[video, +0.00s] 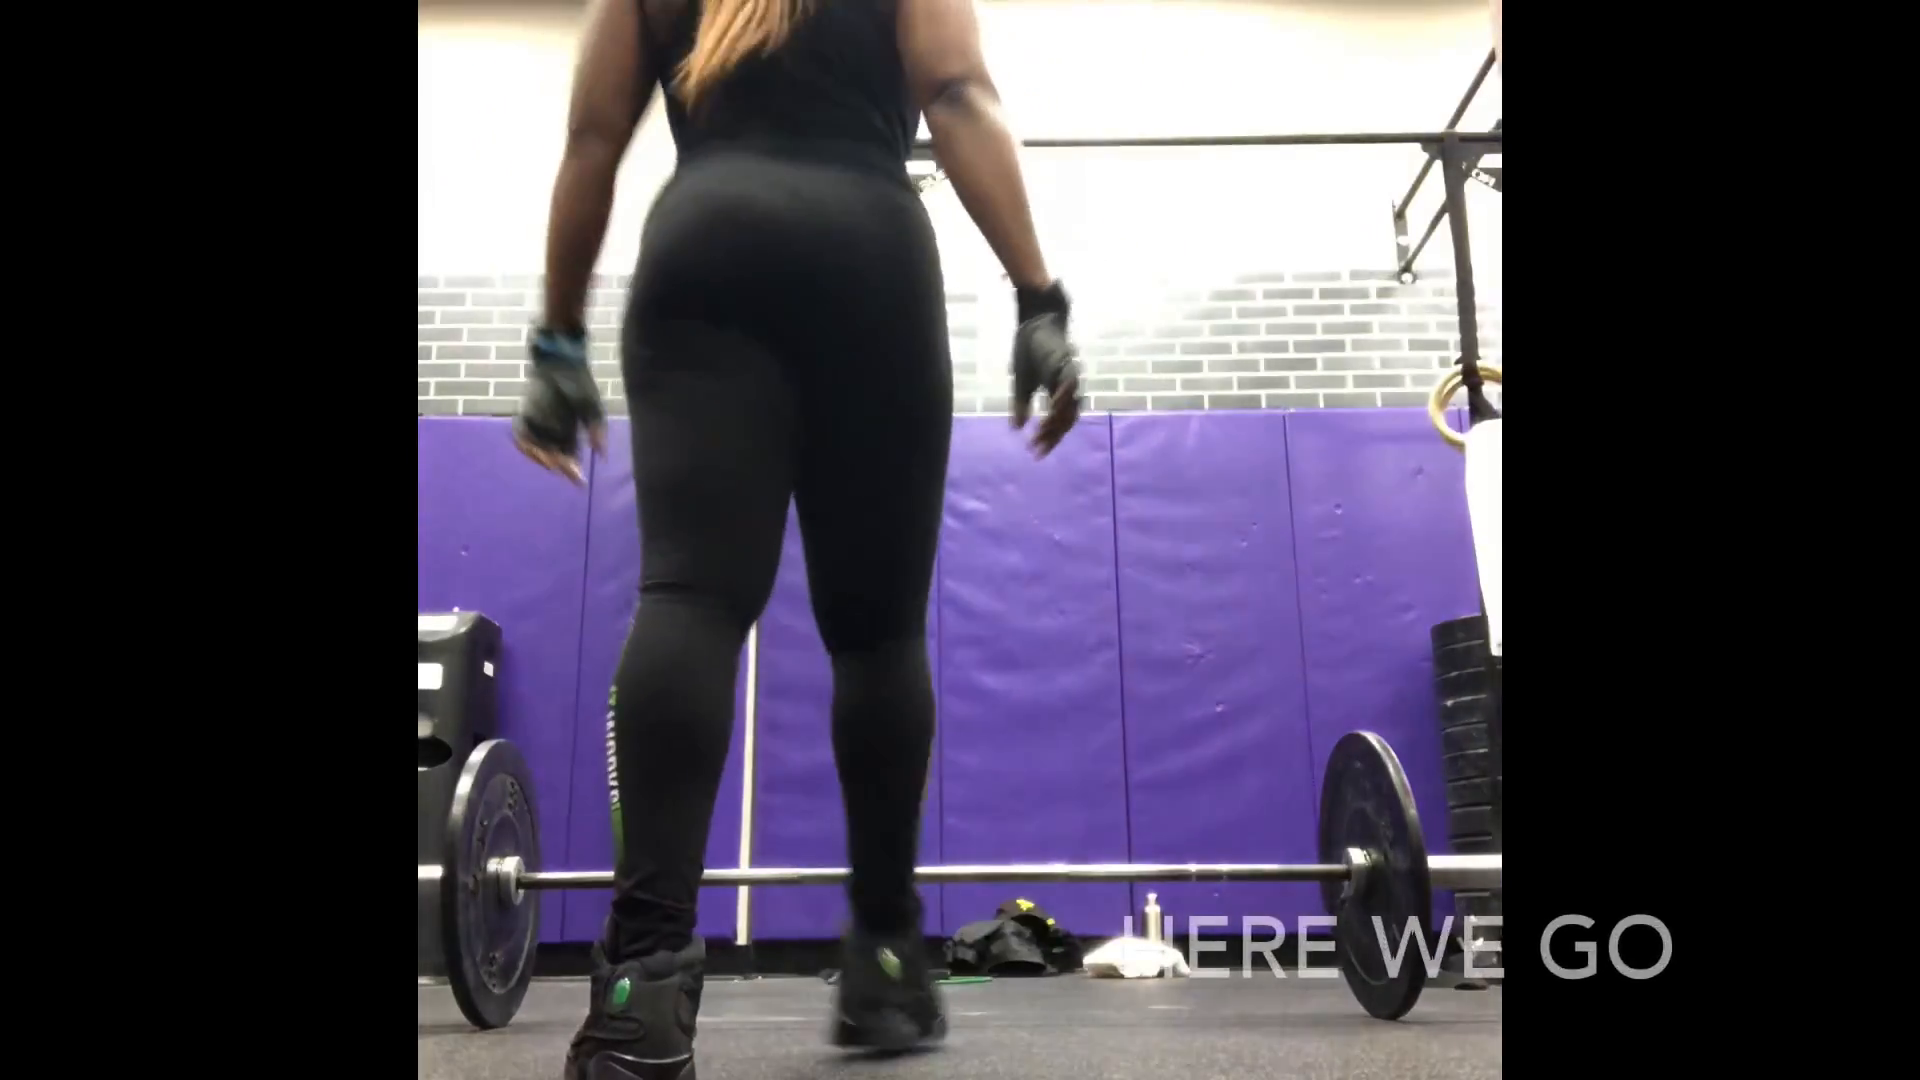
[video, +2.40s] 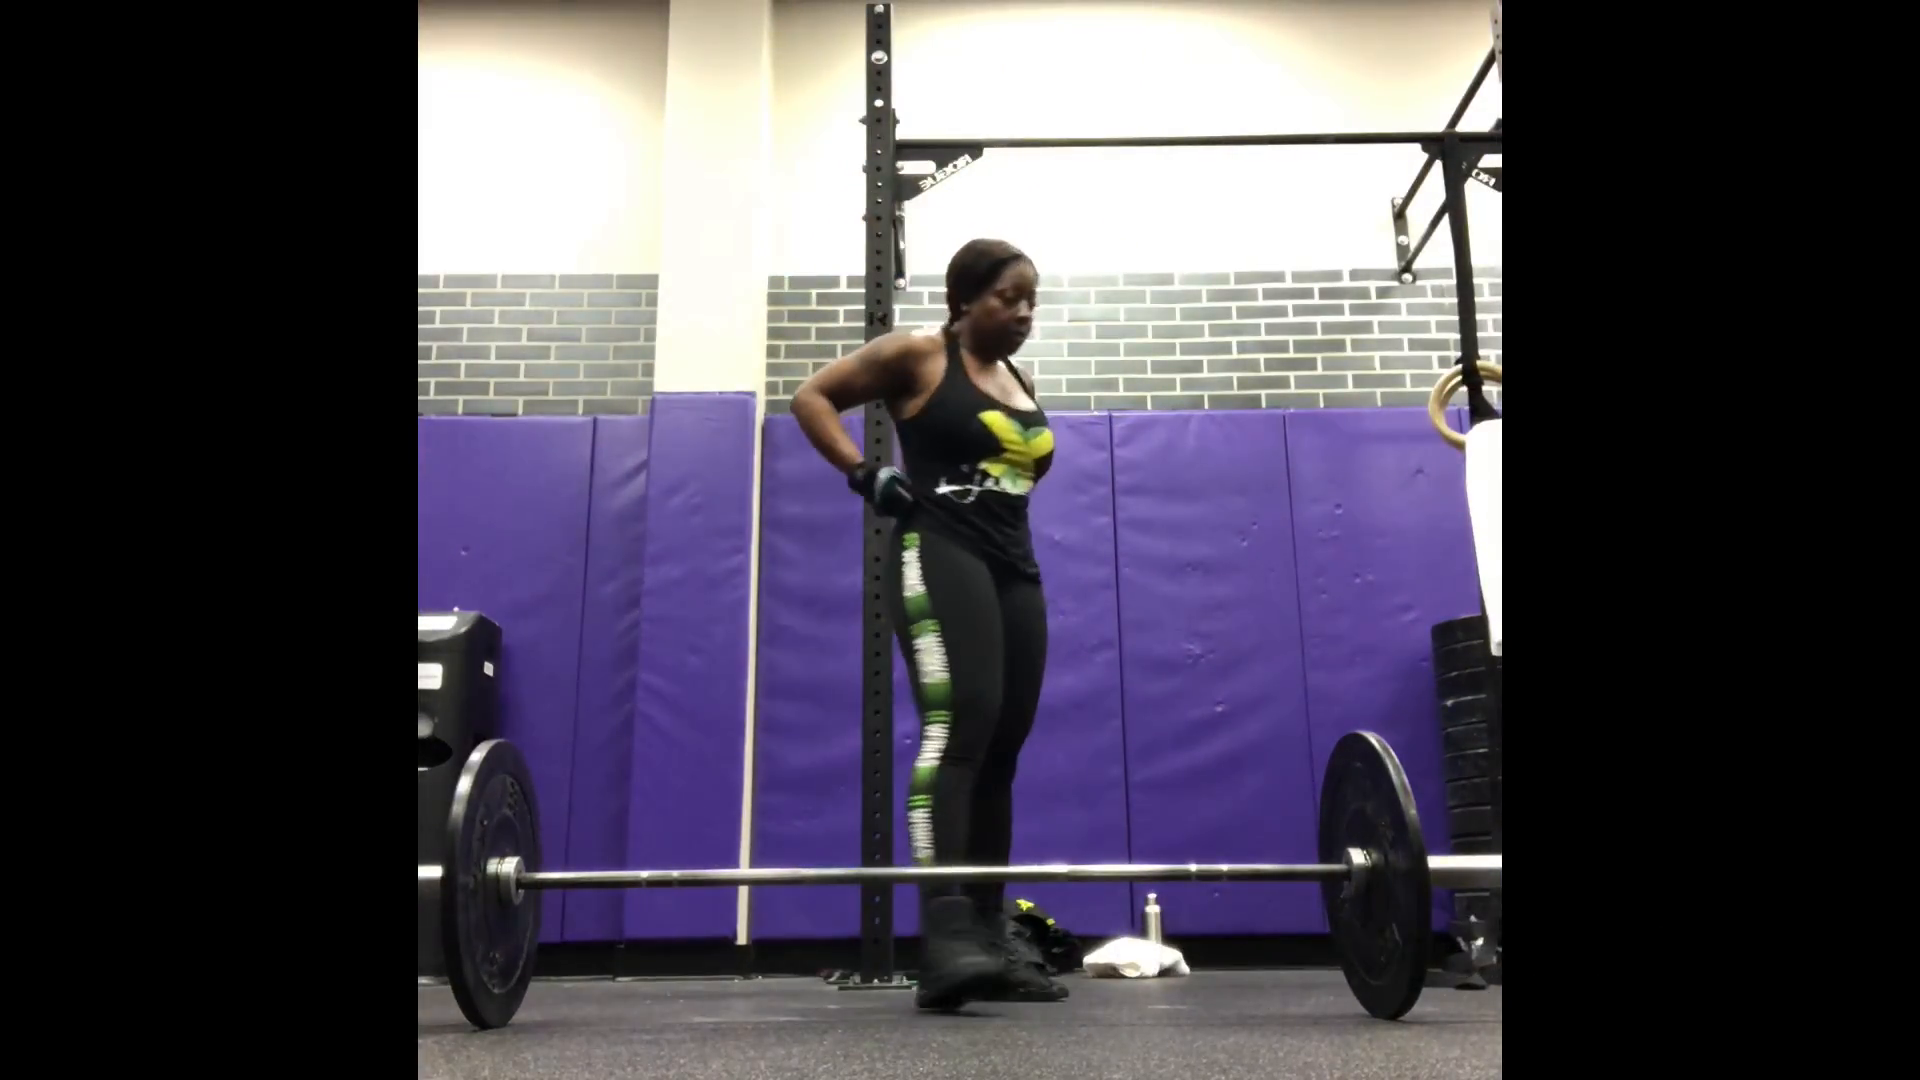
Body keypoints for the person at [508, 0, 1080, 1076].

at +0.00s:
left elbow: (595, 133)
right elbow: (957, 93)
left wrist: (558, 332)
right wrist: (1039, 295)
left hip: (707, 209)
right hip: (862, 216)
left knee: (687, 596)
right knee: (878, 627)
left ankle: (645, 974)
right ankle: (884, 959)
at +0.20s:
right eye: (907, 11)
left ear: (788, 3)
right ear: (886, 5)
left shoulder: (719, 79)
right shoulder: (939, 72)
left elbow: (660, 237)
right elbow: (981, 213)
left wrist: (657, 389)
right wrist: (1044, 392)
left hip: (761, 346)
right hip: (906, 351)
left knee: (725, 643)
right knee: (905, 691)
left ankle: (669, 907)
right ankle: (915, 972)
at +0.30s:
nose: (941, 17)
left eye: (938, 11)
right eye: (940, 11)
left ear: (823, 10)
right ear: (918, 15)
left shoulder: (749, 90)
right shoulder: (963, 103)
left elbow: (691, 242)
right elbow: (1008, 251)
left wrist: (721, 344)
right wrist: (1069, 422)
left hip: (799, 368)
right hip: (933, 369)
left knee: (748, 643)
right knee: (926, 681)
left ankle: (718, 805)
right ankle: (918, 971)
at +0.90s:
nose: (925, 151)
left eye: (889, 140)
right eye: (927, 143)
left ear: (843, 157)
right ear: (924, 152)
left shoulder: (792, 238)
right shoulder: (956, 213)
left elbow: (774, 382)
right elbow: (1004, 358)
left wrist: (848, 338)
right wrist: (1039, 479)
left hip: (824, 463)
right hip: (931, 457)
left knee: (844, 706)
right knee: (925, 699)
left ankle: (805, 926)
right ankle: (909, 950)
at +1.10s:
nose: (914, 212)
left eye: (900, 195)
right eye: (915, 199)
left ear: (834, 203)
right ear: (906, 204)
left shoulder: (780, 283)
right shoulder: (924, 255)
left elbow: (769, 415)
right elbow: (954, 367)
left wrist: (844, 379)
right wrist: (1019, 493)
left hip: (807, 490)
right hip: (910, 478)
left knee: (836, 731)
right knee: (960, 695)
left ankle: (813, 954)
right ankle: (928, 848)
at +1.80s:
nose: (1013, 264)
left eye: (1012, 250)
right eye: (1005, 249)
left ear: (934, 251)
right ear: (974, 246)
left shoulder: (898, 317)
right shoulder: (966, 281)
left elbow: (829, 432)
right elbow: (920, 320)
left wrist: (904, 492)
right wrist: (1008, 401)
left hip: (912, 522)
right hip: (971, 514)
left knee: (968, 734)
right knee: (994, 728)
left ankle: (868, 894)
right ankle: (986, 942)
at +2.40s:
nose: (1027, 312)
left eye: (1032, 299)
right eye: (1014, 298)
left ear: (1022, 306)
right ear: (968, 301)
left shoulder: (1012, 373)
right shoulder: (915, 354)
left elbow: (999, 465)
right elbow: (810, 399)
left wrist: (1015, 496)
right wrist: (862, 470)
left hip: (1013, 566)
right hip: (940, 549)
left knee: (998, 751)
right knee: (958, 734)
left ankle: (986, 943)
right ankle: (947, 942)